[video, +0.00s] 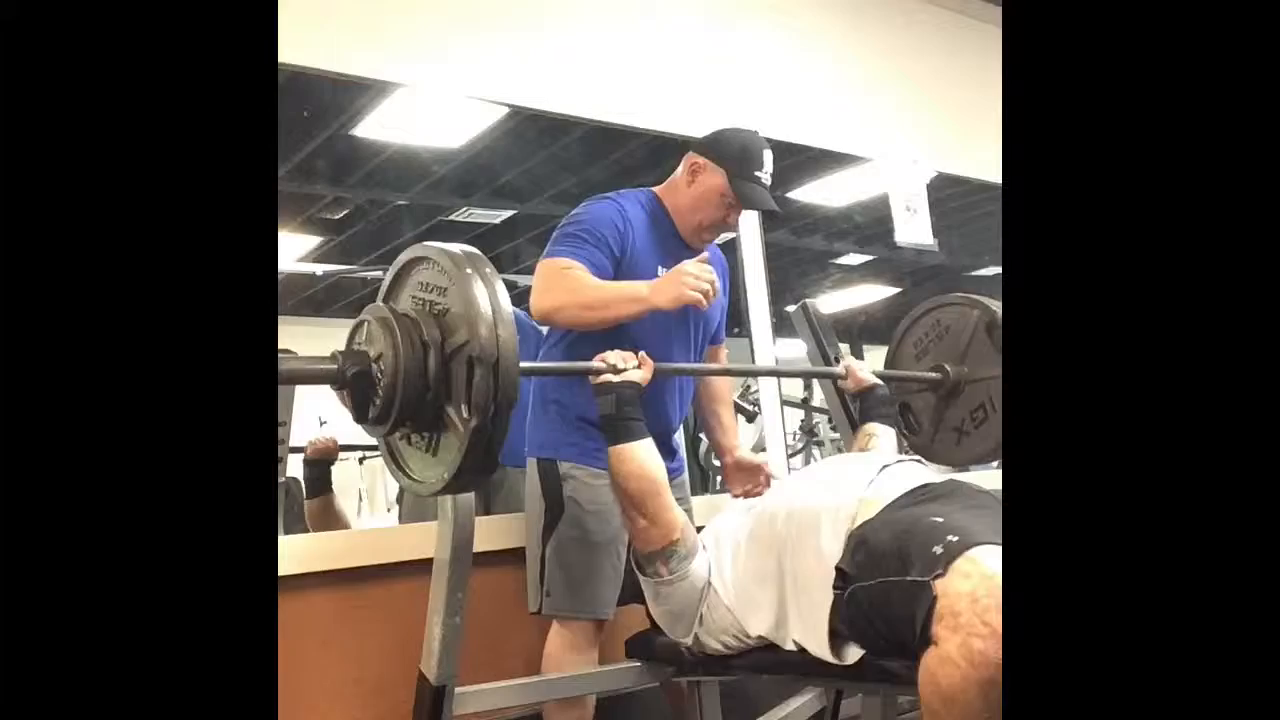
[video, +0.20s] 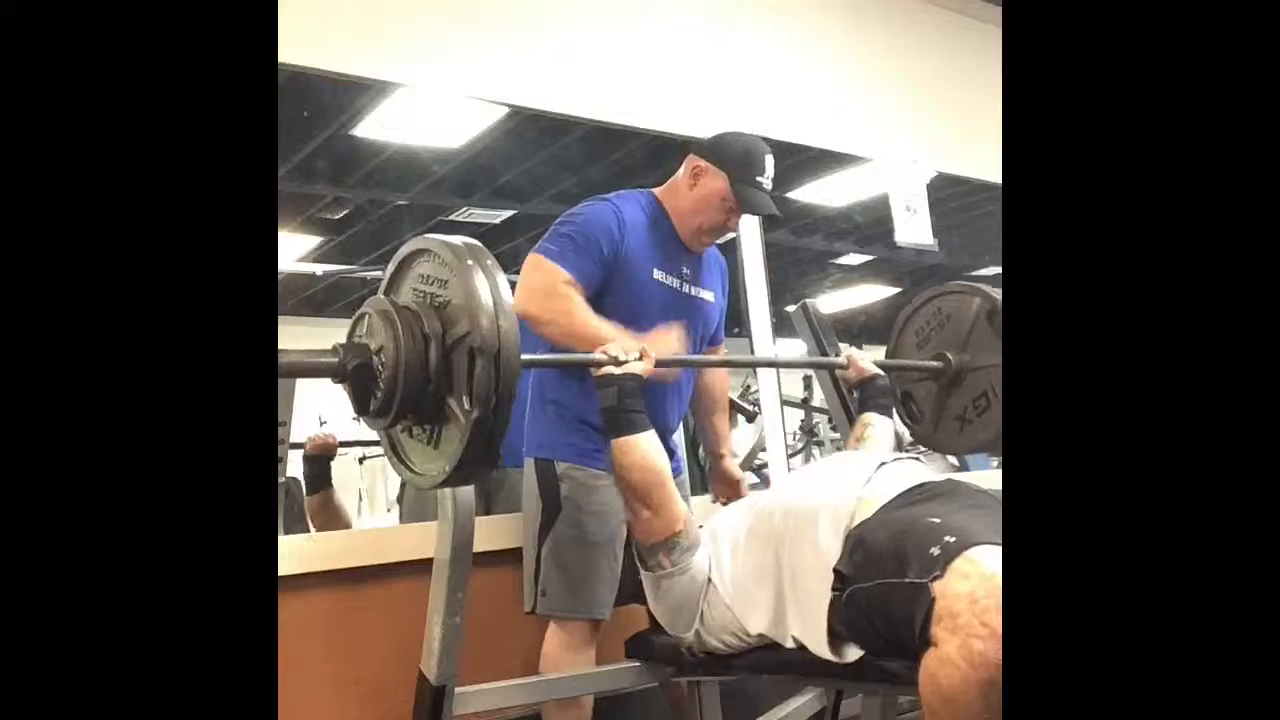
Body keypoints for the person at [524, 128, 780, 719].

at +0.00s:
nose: (736, 219)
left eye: (744, 208)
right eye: (732, 201)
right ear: (693, 171)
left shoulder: (712, 263)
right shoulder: (610, 218)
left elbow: (711, 364)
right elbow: (550, 298)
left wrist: (730, 451)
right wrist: (653, 293)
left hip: (659, 455)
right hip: (578, 450)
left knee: (667, 607)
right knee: (583, 614)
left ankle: (668, 715)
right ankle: (570, 716)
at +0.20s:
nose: (735, 222)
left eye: (744, 213)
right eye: (732, 205)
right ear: (694, 173)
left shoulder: (712, 266)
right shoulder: (609, 220)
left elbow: (711, 363)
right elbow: (538, 295)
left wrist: (722, 455)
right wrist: (622, 341)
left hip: (658, 460)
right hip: (577, 452)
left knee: (675, 611)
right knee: (579, 618)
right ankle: (567, 715)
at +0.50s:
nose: (734, 223)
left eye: (742, 214)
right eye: (731, 207)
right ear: (693, 174)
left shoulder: (709, 267)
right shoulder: (604, 223)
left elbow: (709, 361)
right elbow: (536, 307)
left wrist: (726, 446)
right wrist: (568, 414)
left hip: (656, 466)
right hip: (578, 456)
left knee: (653, 614)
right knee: (576, 619)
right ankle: (566, 716)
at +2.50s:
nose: (717, 226)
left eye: (726, 216)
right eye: (713, 208)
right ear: (672, 180)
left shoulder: (695, 273)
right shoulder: (587, 231)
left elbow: (698, 369)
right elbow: (518, 317)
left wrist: (718, 456)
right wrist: (541, 432)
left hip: (647, 475)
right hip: (575, 467)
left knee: (649, 623)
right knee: (568, 625)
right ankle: (559, 718)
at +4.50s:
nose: (698, 229)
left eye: (707, 218)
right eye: (689, 212)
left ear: (715, 214)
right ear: (650, 187)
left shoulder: (705, 270)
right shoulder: (574, 245)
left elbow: (720, 365)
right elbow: (514, 340)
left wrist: (741, 452)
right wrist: (523, 451)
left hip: (660, 468)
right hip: (575, 469)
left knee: (675, 617)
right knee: (567, 620)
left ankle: (682, 713)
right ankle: (560, 718)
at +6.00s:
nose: (704, 228)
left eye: (713, 218)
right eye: (695, 211)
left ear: (722, 215)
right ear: (656, 187)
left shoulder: (709, 270)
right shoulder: (580, 245)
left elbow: (721, 365)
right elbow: (520, 337)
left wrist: (743, 451)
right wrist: (537, 443)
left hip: (662, 471)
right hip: (580, 467)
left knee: (648, 611)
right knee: (570, 620)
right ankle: (564, 717)